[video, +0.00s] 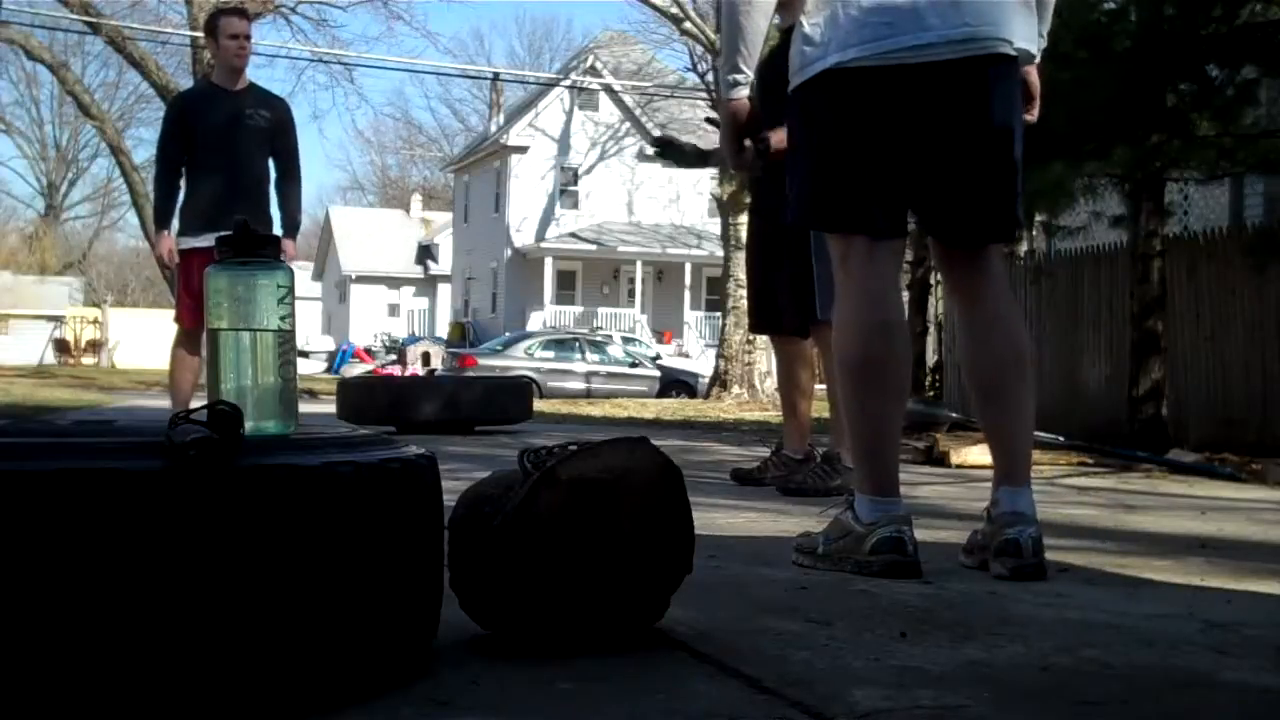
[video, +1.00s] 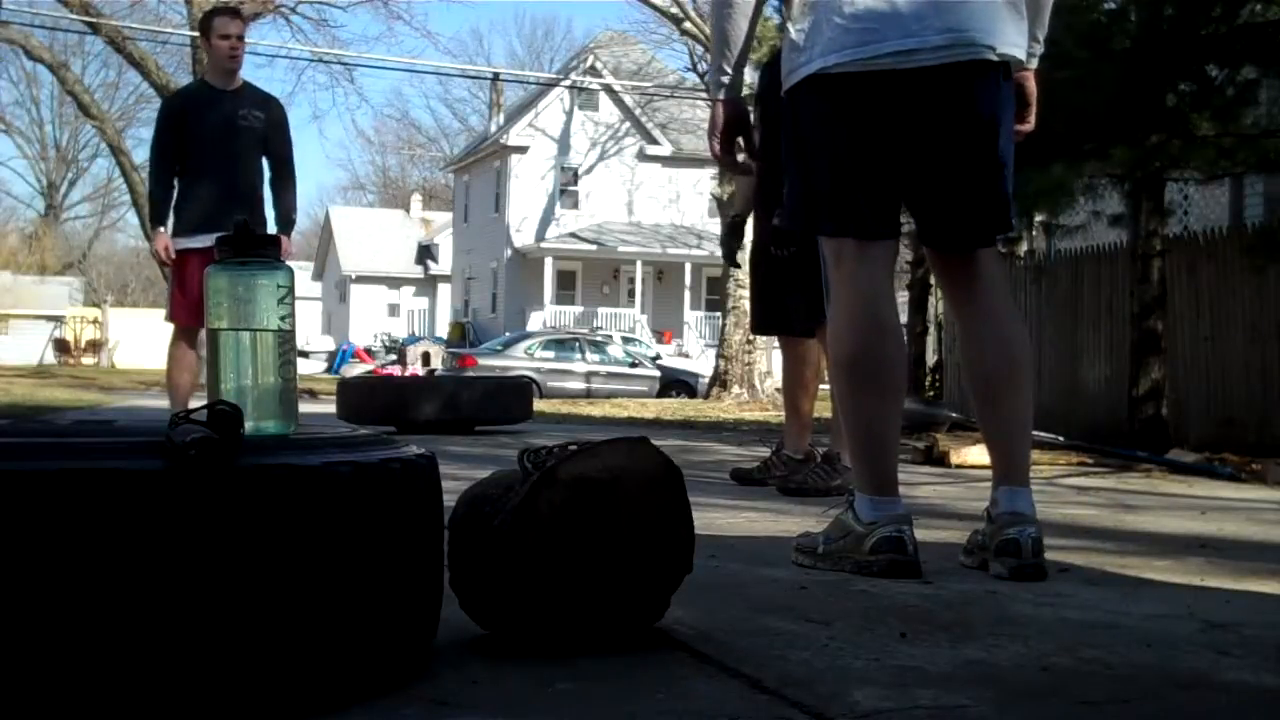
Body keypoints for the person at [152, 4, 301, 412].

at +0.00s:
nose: (243, 45)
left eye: (247, 38)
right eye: (234, 38)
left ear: (253, 44)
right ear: (212, 44)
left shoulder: (274, 107)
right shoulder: (184, 106)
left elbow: (288, 174)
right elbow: (168, 170)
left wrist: (290, 232)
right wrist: (162, 229)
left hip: (255, 240)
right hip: (197, 239)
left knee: (253, 337)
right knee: (191, 333)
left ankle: (250, 425)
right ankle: (180, 421)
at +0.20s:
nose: (242, 45)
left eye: (246, 38)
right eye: (232, 38)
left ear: (251, 44)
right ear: (210, 45)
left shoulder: (273, 108)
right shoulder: (184, 106)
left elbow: (289, 169)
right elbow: (167, 166)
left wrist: (290, 224)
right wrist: (164, 218)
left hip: (254, 238)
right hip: (197, 237)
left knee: (251, 336)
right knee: (191, 332)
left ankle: (247, 422)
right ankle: (180, 420)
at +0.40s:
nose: (241, 45)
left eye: (245, 38)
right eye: (232, 38)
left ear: (250, 44)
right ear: (210, 45)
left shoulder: (272, 108)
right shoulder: (183, 107)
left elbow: (288, 170)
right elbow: (167, 168)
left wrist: (287, 222)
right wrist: (168, 216)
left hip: (253, 239)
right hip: (197, 238)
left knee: (251, 336)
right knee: (190, 331)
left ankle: (248, 422)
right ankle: (180, 419)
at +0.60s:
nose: (241, 45)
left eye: (245, 38)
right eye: (231, 38)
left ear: (250, 44)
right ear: (209, 45)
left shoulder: (271, 107)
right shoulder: (182, 106)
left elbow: (284, 173)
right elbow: (167, 170)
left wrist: (284, 230)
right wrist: (167, 227)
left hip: (253, 240)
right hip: (195, 238)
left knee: (251, 335)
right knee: (190, 332)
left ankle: (248, 423)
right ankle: (180, 421)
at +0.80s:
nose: (239, 45)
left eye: (244, 38)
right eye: (229, 38)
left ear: (250, 44)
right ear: (208, 44)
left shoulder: (271, 108)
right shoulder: (181, 107)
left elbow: (284, 175)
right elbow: (165, 172)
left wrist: (285, 233)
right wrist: (161, 230)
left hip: (252, 240)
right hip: (194, 240)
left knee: (249, 337)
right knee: (189, 332)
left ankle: (244, 424)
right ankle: (180, 422)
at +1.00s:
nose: (235, 46)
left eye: (240, 39)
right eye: (226, 38)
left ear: (246, 44)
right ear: (205, 44)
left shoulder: (267, 107)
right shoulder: (177, 105)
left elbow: (283, 172)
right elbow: (161, 171)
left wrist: (285, 230)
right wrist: (158, 227)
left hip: (249, 238)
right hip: (191, 238)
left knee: (246, 335)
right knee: (187, 331)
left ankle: (242, 424)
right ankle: (179, 422)